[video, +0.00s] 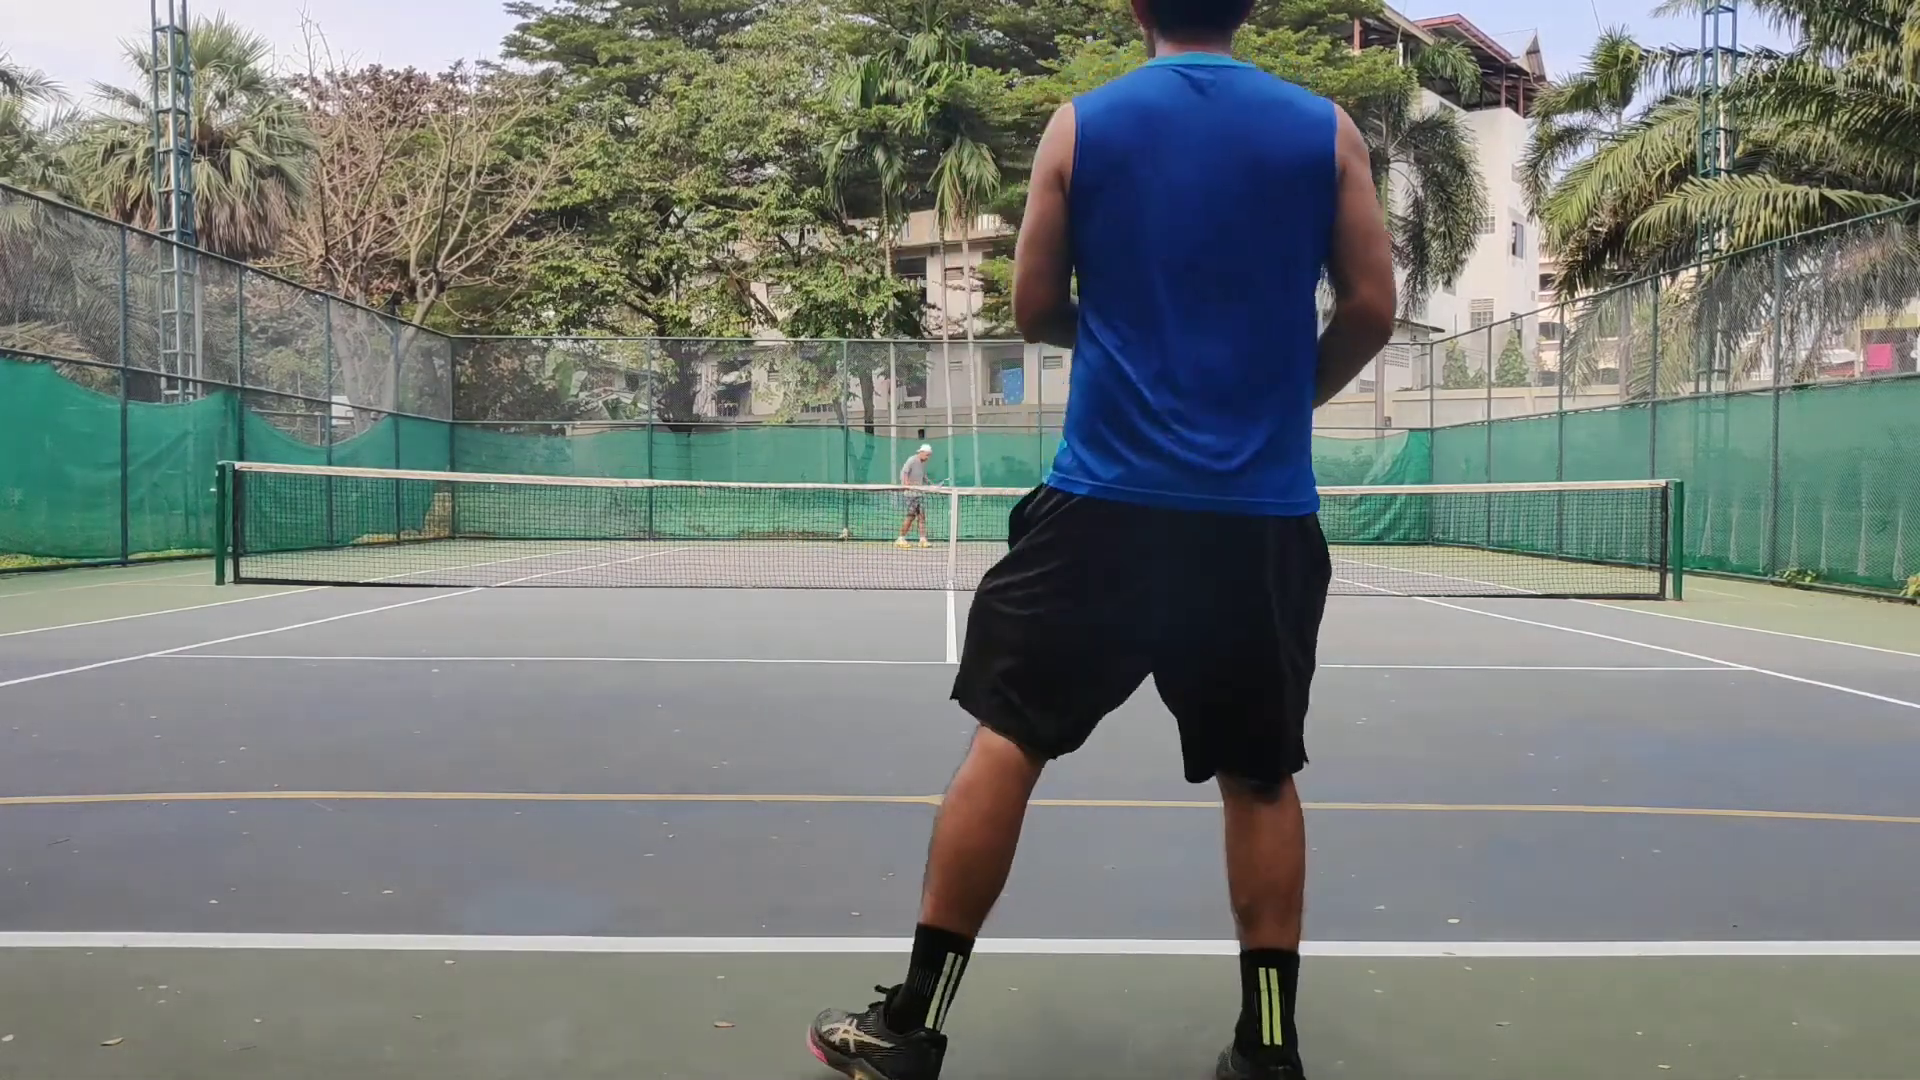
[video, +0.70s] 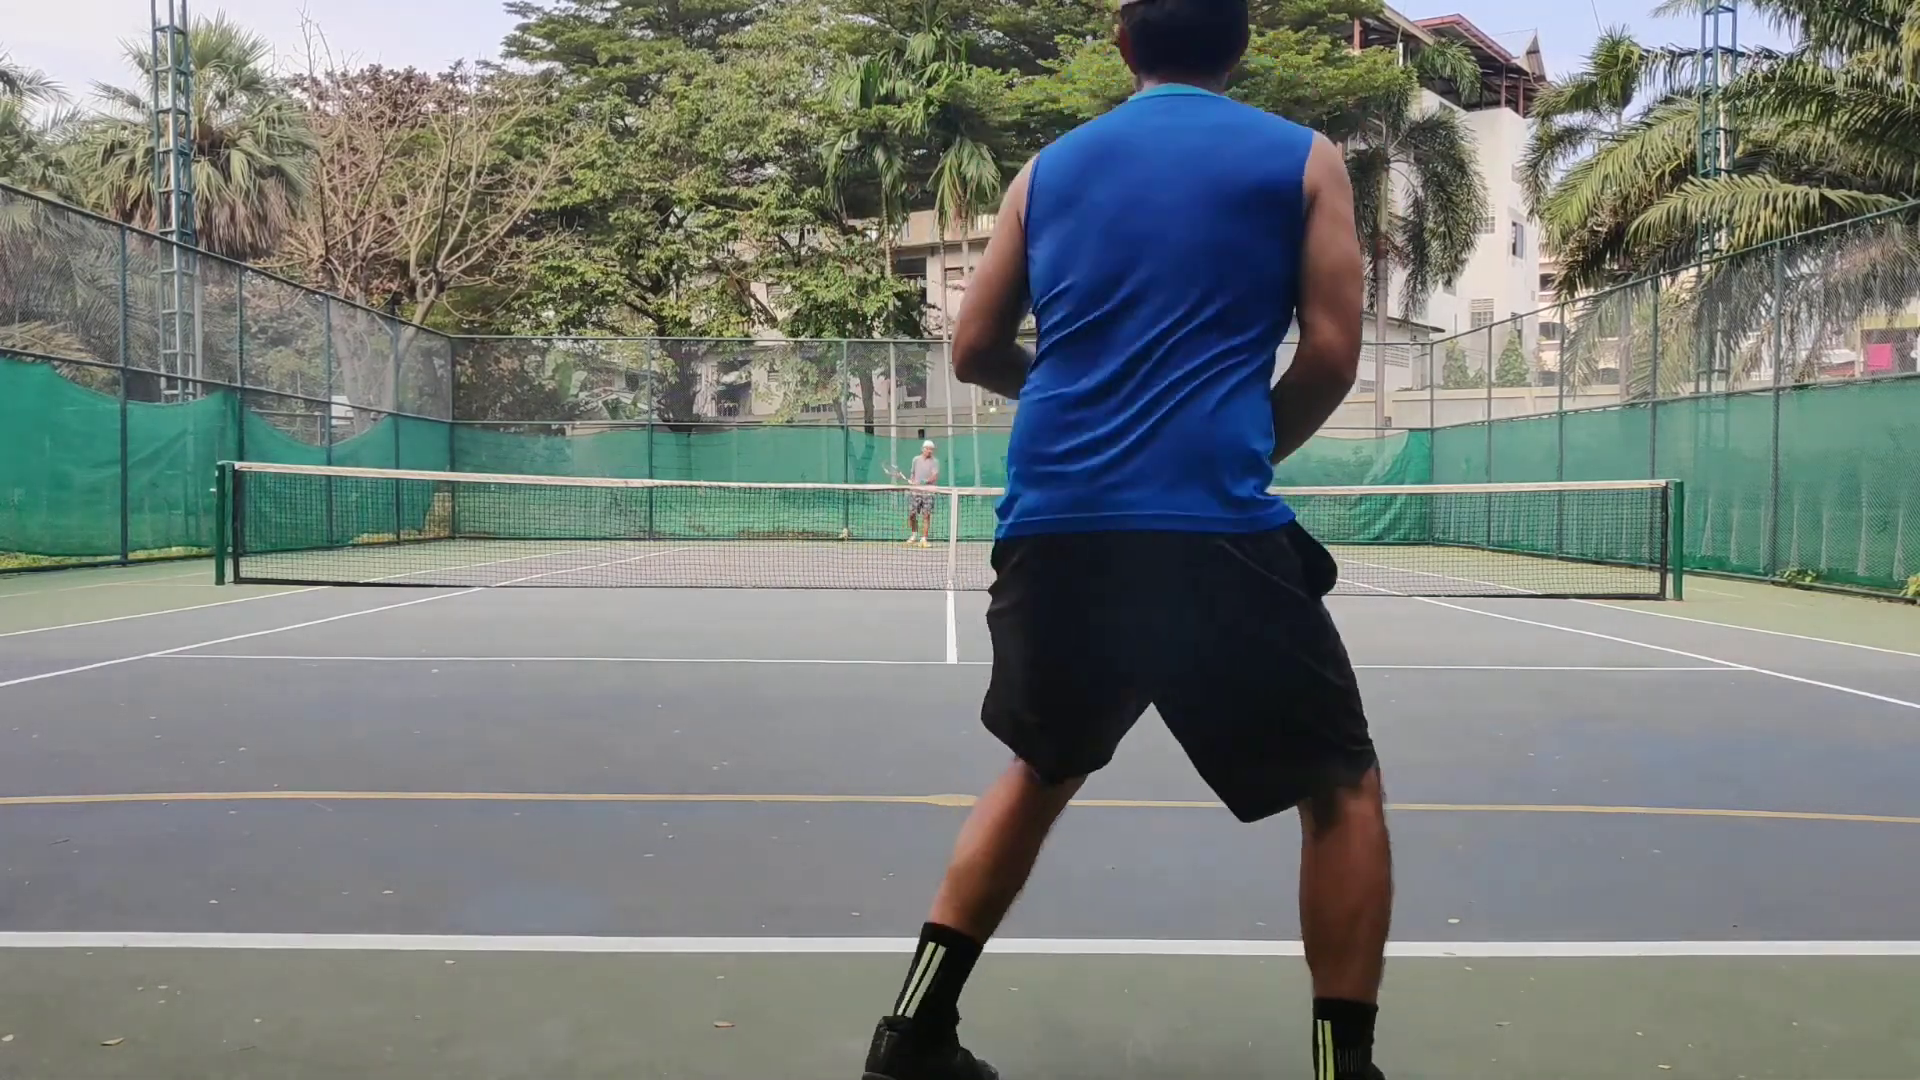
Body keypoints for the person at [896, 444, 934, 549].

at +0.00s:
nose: (927, 458)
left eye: (929, 455)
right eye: (927, 455)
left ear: (927, 455)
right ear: (921, 453)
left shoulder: (922, 462)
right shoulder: (912, 460)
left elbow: (922, 475)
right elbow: (904, 472)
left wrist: (930, 484)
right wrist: (906, 485)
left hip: (918, 491)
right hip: (910, 491)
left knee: (921, 516)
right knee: (912, 515)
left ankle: (923, 539)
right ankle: (901, 538)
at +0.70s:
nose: (929, 451)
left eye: (931, 449)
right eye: (927, 449)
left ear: (933, 450)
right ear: (923, 449)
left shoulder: (934, 461)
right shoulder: (916, 459)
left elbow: (935, 475)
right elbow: (913, 472)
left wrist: (926, 481)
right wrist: (912, 480)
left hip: (928, 490)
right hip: (916, 489)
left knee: (926, 514)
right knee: (912, 513)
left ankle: (924, 537)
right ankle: (914, 533)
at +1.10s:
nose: (923, 452)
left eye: (925, 450)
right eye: (921, 450)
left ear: (929, 451)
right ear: (918, 451)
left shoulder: (933, 462)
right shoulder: (913, 462)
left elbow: (936, 476)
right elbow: (910, 476)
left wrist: (934, 489)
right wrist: (910, 488)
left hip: (929, 492)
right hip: (917, 492)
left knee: (928, 514)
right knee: (917, 515)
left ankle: (927, 534)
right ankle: (918, 533)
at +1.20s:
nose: (924, 452)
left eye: (925, 449)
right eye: (921, 449)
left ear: (929, 451)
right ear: (918, 451)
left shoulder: (933, 461)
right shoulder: (914, 462)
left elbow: (940, 473)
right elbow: (909, 476)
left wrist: (946, 481)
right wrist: (910, 488)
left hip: (931, 491)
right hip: (918, 491)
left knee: (930, 515)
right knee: (919, 515)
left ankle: (929, 537)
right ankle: (919, 535)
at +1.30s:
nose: (925, 450)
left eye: (927, 448)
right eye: (923, 448)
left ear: (929, 449)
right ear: (919, 450)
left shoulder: (935, 460)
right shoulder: (914, 461)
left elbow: (942, 472)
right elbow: (909, 474)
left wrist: (948, 482)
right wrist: (910, 486)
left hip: (932, 490)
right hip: (919, 490)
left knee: (934, 514)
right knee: (920, 515)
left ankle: (935, 536)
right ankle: (920, 536)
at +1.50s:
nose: (931, 452)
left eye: (932, 449)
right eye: (928, 449)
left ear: (935, 451)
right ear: (924, 451)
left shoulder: (939, 462)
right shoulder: (919, 462)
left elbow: (944, 475)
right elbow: (914, 475)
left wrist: (948, 487)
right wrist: (915, 486)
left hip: (937, 490)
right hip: (924, 490)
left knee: (942, 514)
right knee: (923, 514)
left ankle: (946, 534)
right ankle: (920, 536)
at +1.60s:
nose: (934, 453)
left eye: (936, 451)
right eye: (932, 451)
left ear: (939, 452)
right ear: (928, 452)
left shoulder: (943, 463)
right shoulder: (923, 463)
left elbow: (947, 476)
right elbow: (919, 477)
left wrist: (948, 487)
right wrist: (920, 488)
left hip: (940, 491)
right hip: (927, 491)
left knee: (945, 514)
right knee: (925, 514)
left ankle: (949, 533)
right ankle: (921, 535)